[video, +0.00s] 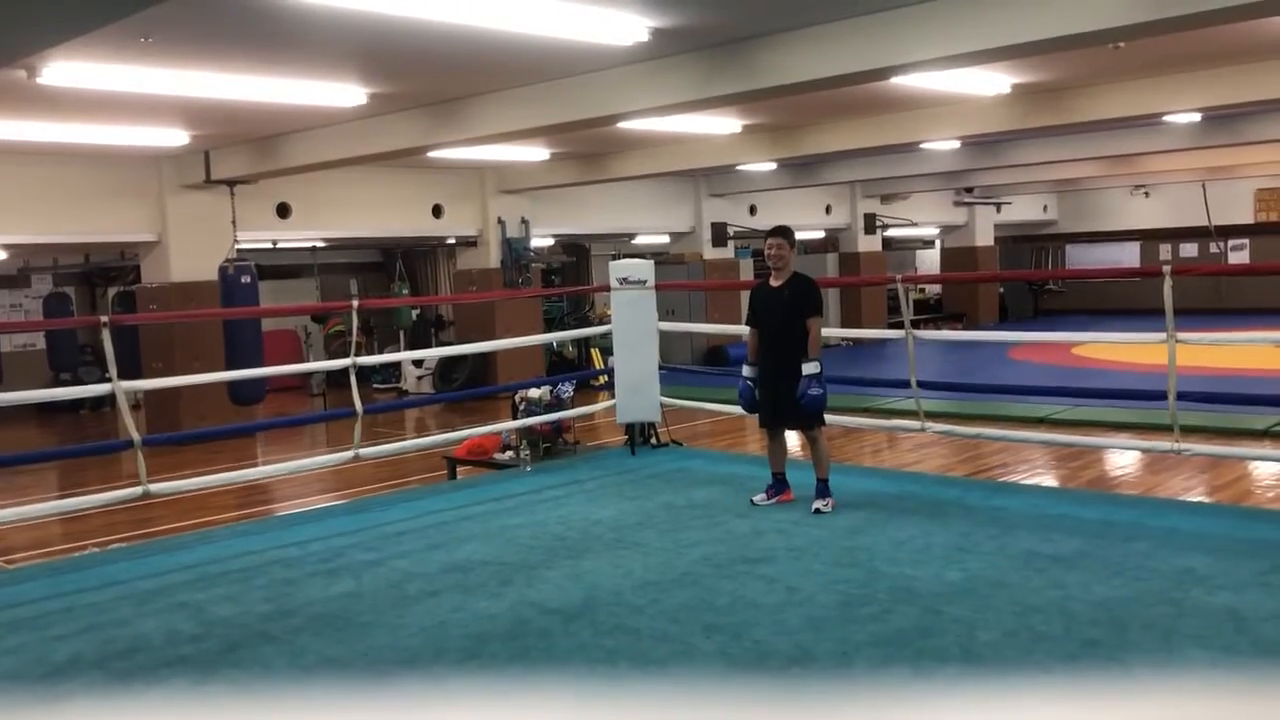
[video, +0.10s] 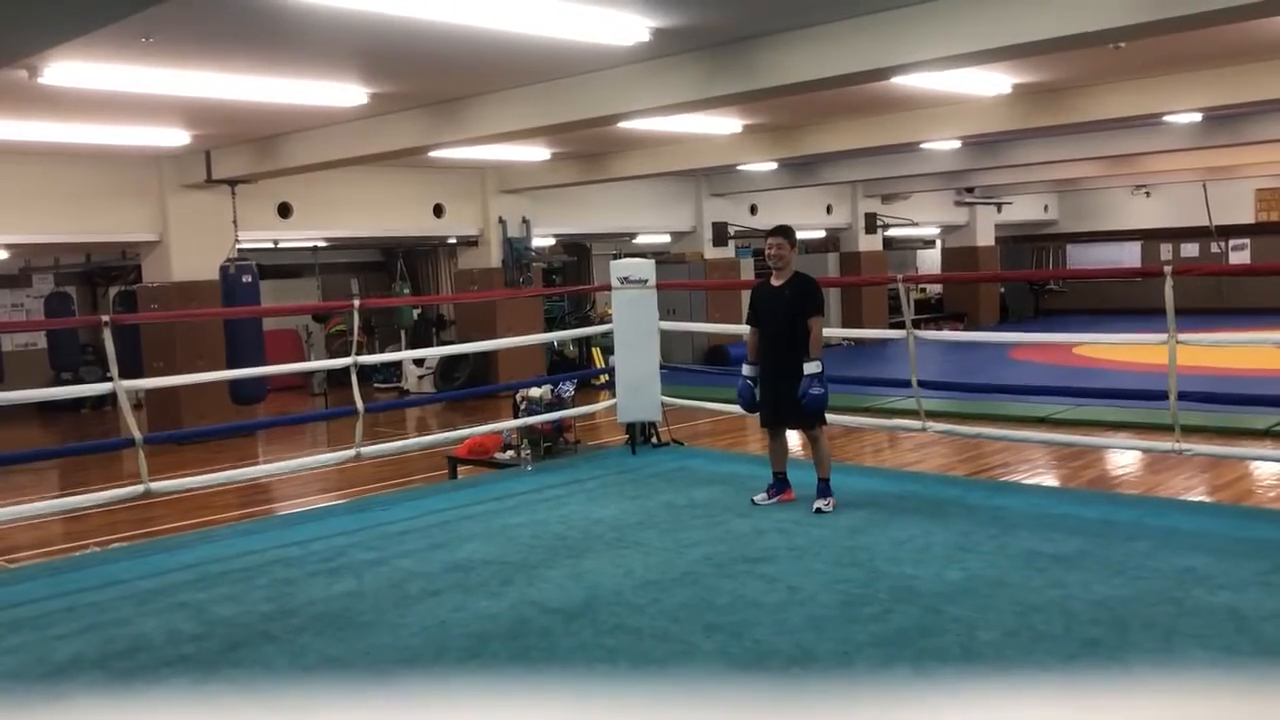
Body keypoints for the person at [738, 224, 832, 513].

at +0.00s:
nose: (773, 253)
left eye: (779, 247)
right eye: (769, 248)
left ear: (792, 250)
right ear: (764, 252)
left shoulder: (806, 286)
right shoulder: (759, 290)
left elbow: (814, 331)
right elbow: (753, 334)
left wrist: (814, 373)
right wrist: (749, 375)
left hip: (799, 372)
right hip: (768, 372)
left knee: (812, 432)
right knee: (773, 430)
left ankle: (822, 490)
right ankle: (779, 485)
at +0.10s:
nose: (773, 252)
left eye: (779, 247)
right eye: (769, 247)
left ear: (793, 250)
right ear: (765, 252)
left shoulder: (807, 286)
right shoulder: (760, 289)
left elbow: (815, 330)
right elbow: (753, 334)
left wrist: (815, 372)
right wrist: (749, 375)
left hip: (800, 372)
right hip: (770, 372)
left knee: (813, 432)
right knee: (774, 430)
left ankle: (824, 490)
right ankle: (780, 485)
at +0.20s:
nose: (772, 253)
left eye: (778, 247)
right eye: (768, 248)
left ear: (792, 250)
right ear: (763, 252)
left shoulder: (806, 286)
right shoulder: (759, 289)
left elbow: (814, 330)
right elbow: (752, 333)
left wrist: (814, 372)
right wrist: (747, 375)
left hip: (799, 372)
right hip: (768, 372)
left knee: (812, 431)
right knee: (772, 430)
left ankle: (822, 490)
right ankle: (778, 484)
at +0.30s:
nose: (773, 252)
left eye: (779, 247)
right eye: (769, 248)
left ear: (793, 249)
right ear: (765, 252)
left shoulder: (807, 285)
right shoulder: (760, 288)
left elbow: (816, 330)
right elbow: (753, 333)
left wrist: (815, 372)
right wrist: (748, 374)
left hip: (801, 371)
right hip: (770, 372)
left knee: (813, 431)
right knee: (774, 429)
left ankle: (824, 490)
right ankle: (780, 484)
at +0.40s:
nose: (774, 252)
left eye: (780, 246)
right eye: (770, 247)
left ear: (794, 249)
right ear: (766, 251)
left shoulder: (808, 285)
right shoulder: (761, 288)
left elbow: (816, 330)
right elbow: (754, 333)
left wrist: (815, 372)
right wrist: (748, 374)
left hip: (801, 371)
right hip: (770, 371)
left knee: (813, 431)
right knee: (774, 429)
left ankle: (824, 490)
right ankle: (780, 484)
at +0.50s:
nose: (774, 252)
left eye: (781, 247)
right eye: (770, 248)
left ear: (794, 250)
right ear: (766, 252)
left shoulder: (808, 286)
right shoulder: (761, 289)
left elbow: (816, 331)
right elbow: (754, 333)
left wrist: (815, 372)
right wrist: (748, 375)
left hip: (801, 372)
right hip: (770, 372)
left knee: (813, 432)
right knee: (774, 430)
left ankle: (823, 490)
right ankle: (779, 485)